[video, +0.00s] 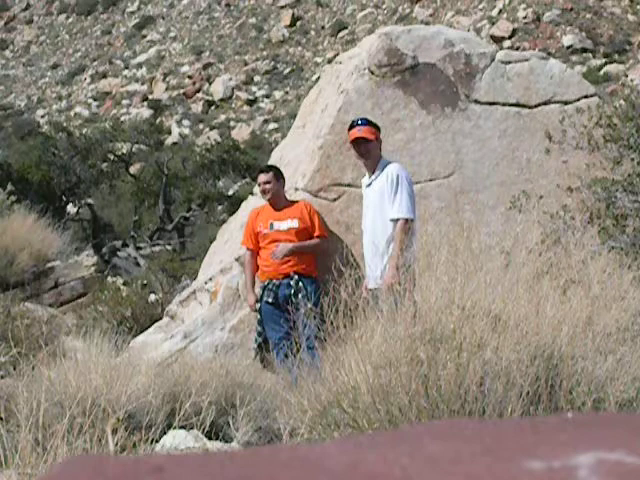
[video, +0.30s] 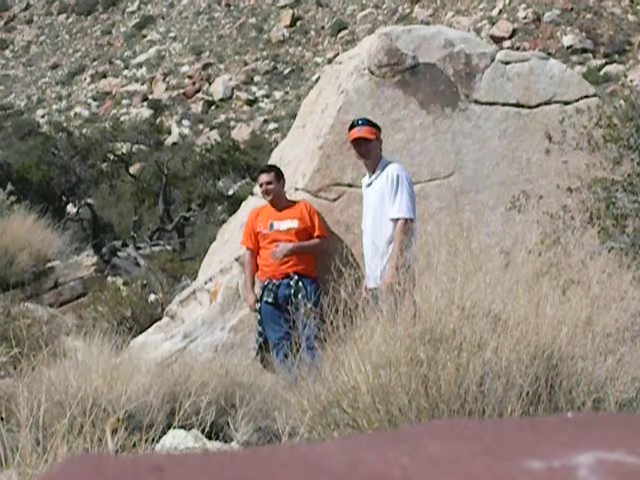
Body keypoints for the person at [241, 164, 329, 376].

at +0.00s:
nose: (263, 188)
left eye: (267, 183)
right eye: (259, 184)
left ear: (281, 183)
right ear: (258, 188)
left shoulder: (304, 209)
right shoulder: (256, 216)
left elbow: (323, 240)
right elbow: (250, 253)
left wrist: (293, 247)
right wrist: (250, 290)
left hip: (303, 282)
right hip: (271, 285)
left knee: (310, 339)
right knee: (280, 344)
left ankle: (316, 386)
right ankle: (292, 390)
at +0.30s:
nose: (264, 188)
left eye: (269, 183)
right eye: (261, 185)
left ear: (281, 183)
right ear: (258, 189)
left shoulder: (304, 209)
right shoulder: (256, 216)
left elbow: (324, 240)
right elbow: (250, 253)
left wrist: (293, 248)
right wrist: (249, 289)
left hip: (303, 282)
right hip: (271, 285)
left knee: (310, 338)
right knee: (279, 343)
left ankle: (315, 384)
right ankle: (291, 389)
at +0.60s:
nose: (268, 186)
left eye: (272, 181)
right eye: (264, 183)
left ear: (283, 180)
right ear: (261, 187)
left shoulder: (305, 207)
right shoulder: (257, 213)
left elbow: (324, 238)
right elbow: (250, 250)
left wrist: (294, 245)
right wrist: (249, 287)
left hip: (303, 279)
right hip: (271, 282)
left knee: (310, 336)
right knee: (279, 341)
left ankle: (316, 383)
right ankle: (291, 387)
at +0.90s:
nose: (269, 185)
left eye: (273, 179)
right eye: (264, 182)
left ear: (283, 179)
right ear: (261, 186)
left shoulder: (305, 206)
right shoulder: (257, 213)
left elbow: (324, 238)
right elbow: (250, 250)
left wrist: (293, 244)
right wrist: (249, 286)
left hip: (303, 279)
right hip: (271, 282)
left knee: (310, 334)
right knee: (279, 341)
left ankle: (316, 381)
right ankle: (292, 386)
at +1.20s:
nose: (269, 184)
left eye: (273, 178)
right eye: (264, 181)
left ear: (283, 178)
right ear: (261, 185)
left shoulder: (305, 205)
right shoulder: (257, 212)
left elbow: (324, 237)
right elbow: (250, 249)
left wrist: (293, 244)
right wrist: (249, 285)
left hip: (302, 277)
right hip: (271, 281)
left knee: (310, 334)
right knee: (279, 339)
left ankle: (316, 381)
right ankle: (292, 385)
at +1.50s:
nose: (269, 184)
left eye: (273, 178)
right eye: (264, 181)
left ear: (283, 178)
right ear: (261, 185)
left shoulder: (304, 205)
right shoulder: (257, 212)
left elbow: (324, 237)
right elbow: (250, 249)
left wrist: (293, 244)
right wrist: (249, 286)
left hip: (303, 277)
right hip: (271, 281)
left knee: (310, 335)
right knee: (279, 340)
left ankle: (316, 383)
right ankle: (292, 386)